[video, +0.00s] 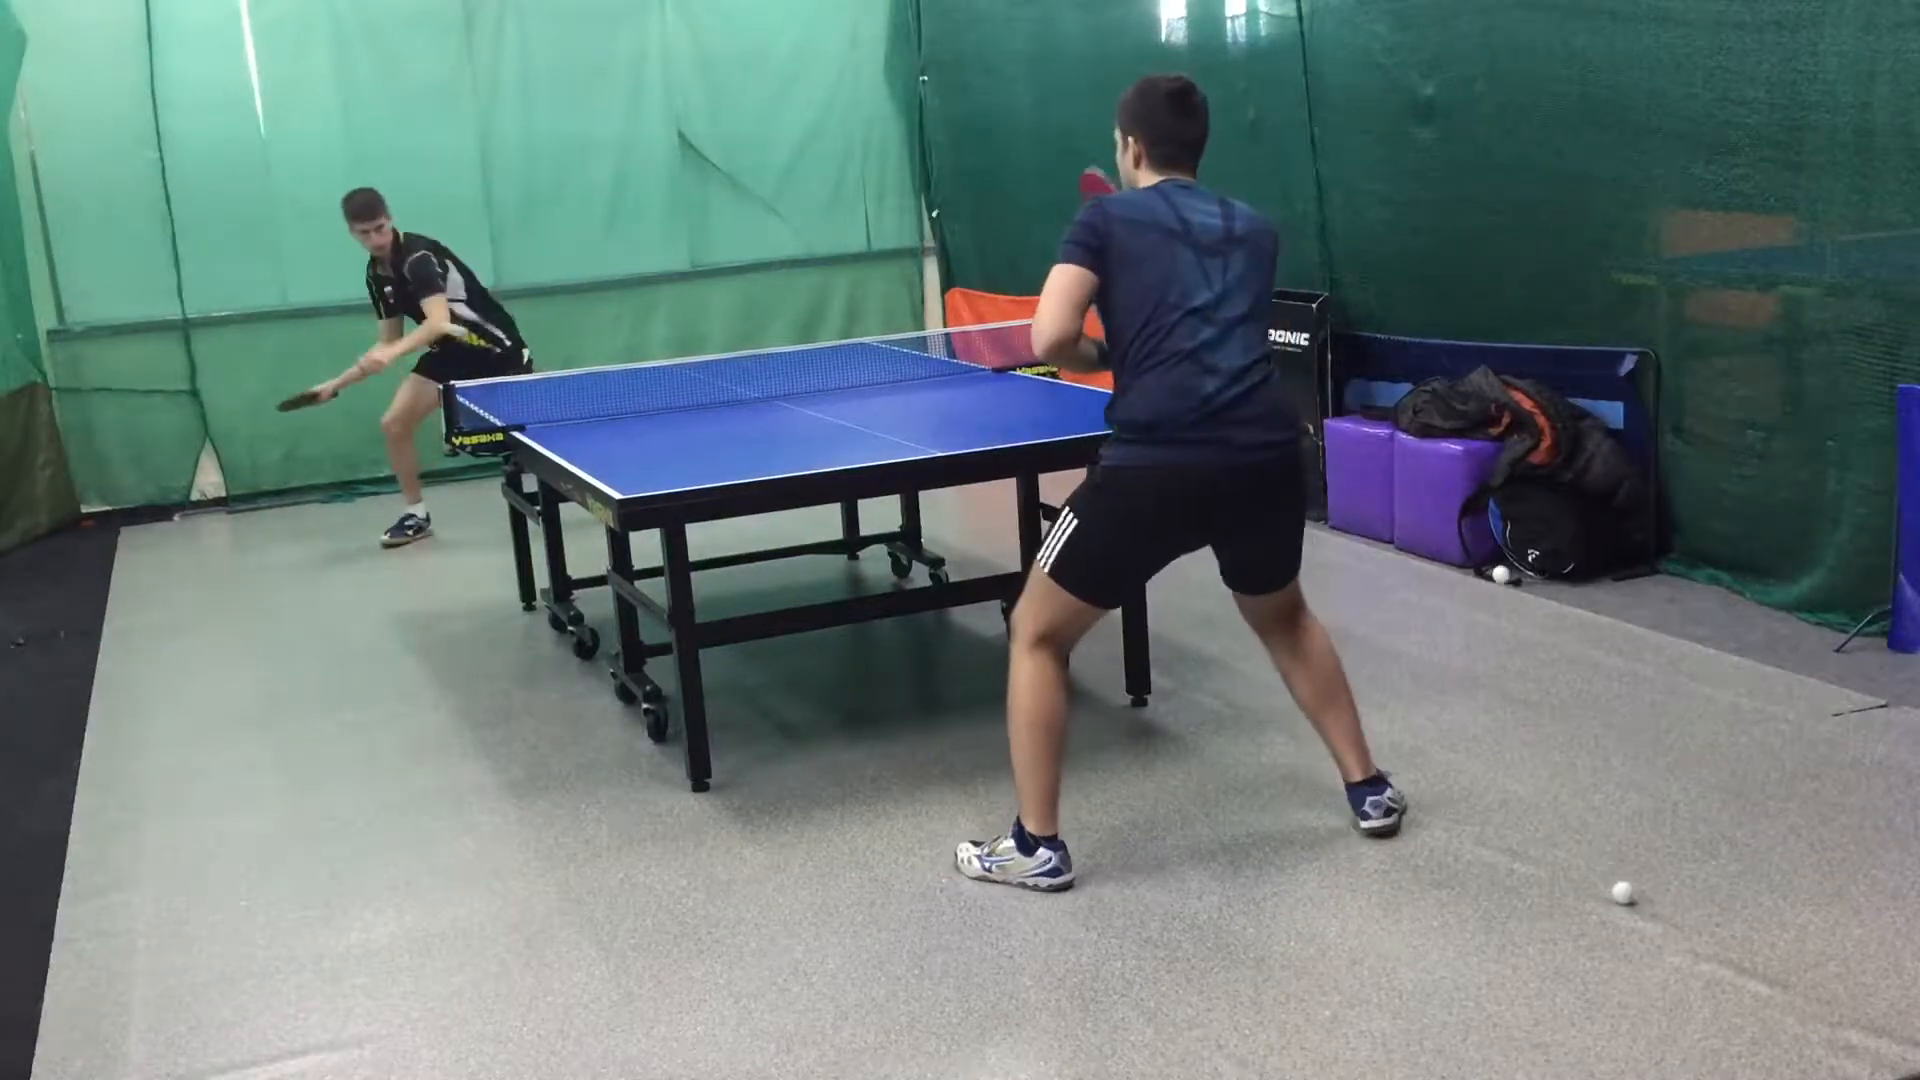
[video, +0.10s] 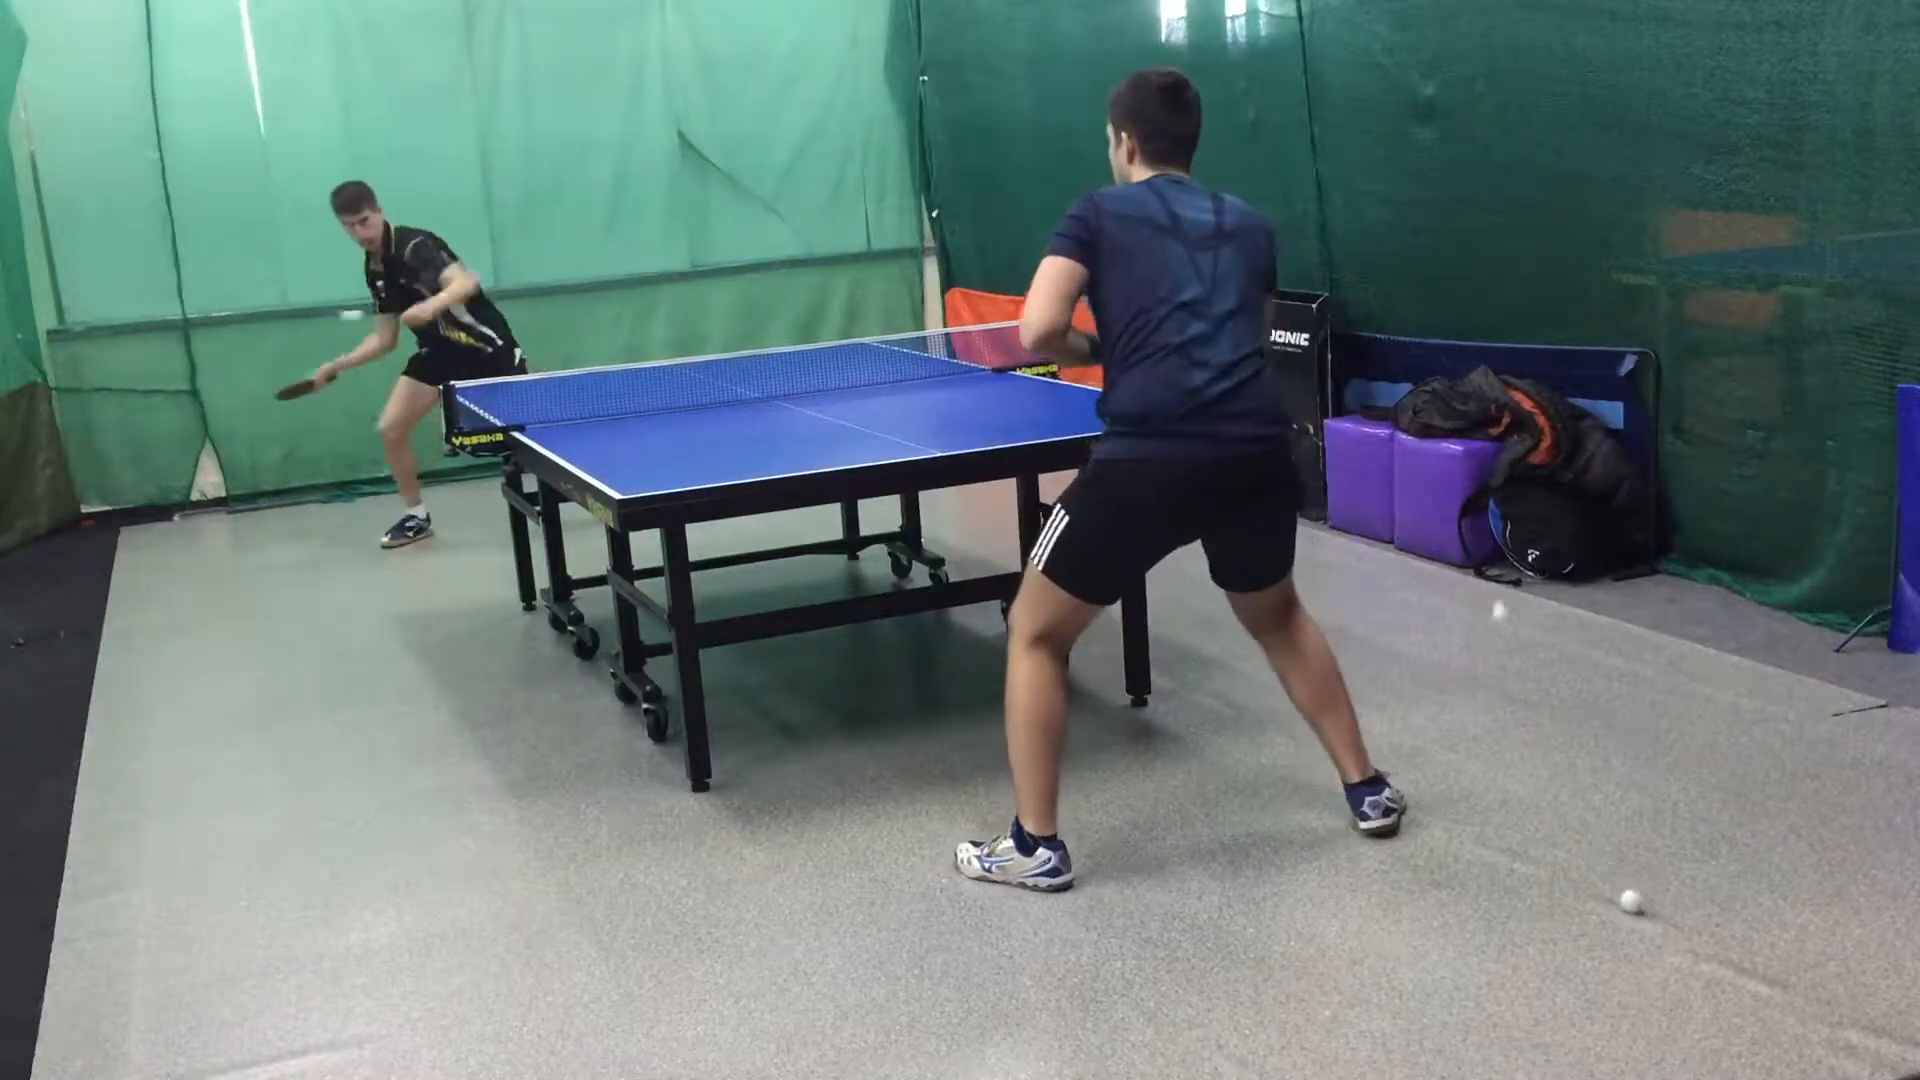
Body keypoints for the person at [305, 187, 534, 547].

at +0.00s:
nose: (375, 240)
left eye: (380, 229)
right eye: (364, 234)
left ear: (390, 219)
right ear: (352, 233)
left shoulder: (418, 256)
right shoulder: (376, 273)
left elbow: (439, 324)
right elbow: (388, 344)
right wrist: (336, 385)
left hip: (501, 350)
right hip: (451, 351)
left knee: (530, 431)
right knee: (395, 425)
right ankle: (416, 513)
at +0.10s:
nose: (359, 233)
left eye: (364, 222)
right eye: (350, 226)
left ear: (380, 212)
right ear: (343, 227)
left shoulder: (415, 245)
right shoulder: (374, 268)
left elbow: (466, 282)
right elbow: (385, 338)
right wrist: (336, 366)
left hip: (491, 349)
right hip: (439, 352)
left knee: (530, 426)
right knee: (392, 428)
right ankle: (416, 515)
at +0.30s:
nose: (381, 186)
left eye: (386, 176)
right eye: (373, 181)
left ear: (403, 171)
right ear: (367, 185)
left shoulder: (449, 206)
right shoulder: (373, 227)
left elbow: (514, 231)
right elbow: (387, 251)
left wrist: (526, 219)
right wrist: (422, 197)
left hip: (482, 332)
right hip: (428, 345)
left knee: (540, 399)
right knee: (406, 439)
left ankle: (519, 475)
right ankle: (410, 506)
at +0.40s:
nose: (406, 184)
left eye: (411, 175)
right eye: (396, 179)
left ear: (425, 170)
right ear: (387, 182)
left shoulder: (462, 210)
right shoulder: (394, 228)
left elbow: (522, 243)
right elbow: (429, 259)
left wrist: (547, 230)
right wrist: (453, 206)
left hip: (481, 342)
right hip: (429, 353)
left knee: (551, 398)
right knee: (420, 441)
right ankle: (389, 523)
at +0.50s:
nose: (431, 190)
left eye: (435, 181)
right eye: (420, 184)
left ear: (443, 179)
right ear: (405, 189)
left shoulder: (473, 219)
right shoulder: (405, 238)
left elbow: (529, 254)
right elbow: (418, 290)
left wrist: (563, 251)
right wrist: (452, 244)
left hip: (482, 342)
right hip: (432, 353)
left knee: (550, 396)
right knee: (416, 443)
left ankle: (589, 493)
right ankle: (382, 524)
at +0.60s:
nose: (426, 188)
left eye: (429, 178)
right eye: (415, 182)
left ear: (437, 174)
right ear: (399, 185)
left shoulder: (474, 216)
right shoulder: (395, 239)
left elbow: (526, 255)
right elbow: (393, 304)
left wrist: (555, 273)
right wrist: (429, 282)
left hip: (489, 334)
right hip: (435, 342)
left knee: (548, 400)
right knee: (403, 428)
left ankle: (591, 495)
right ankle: (384, 522)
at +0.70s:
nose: (408, 194)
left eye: (412, 184)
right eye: (397, 188)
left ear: (421, 179)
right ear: (382, 190)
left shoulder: (454, 219)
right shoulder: (381, 242)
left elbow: (505, 272)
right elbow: (380, 304)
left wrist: (514, 310)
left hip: (485, 323)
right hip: (436, 332)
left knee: (541, 396)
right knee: (400, 422)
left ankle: (566, 480)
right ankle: (406, 516)